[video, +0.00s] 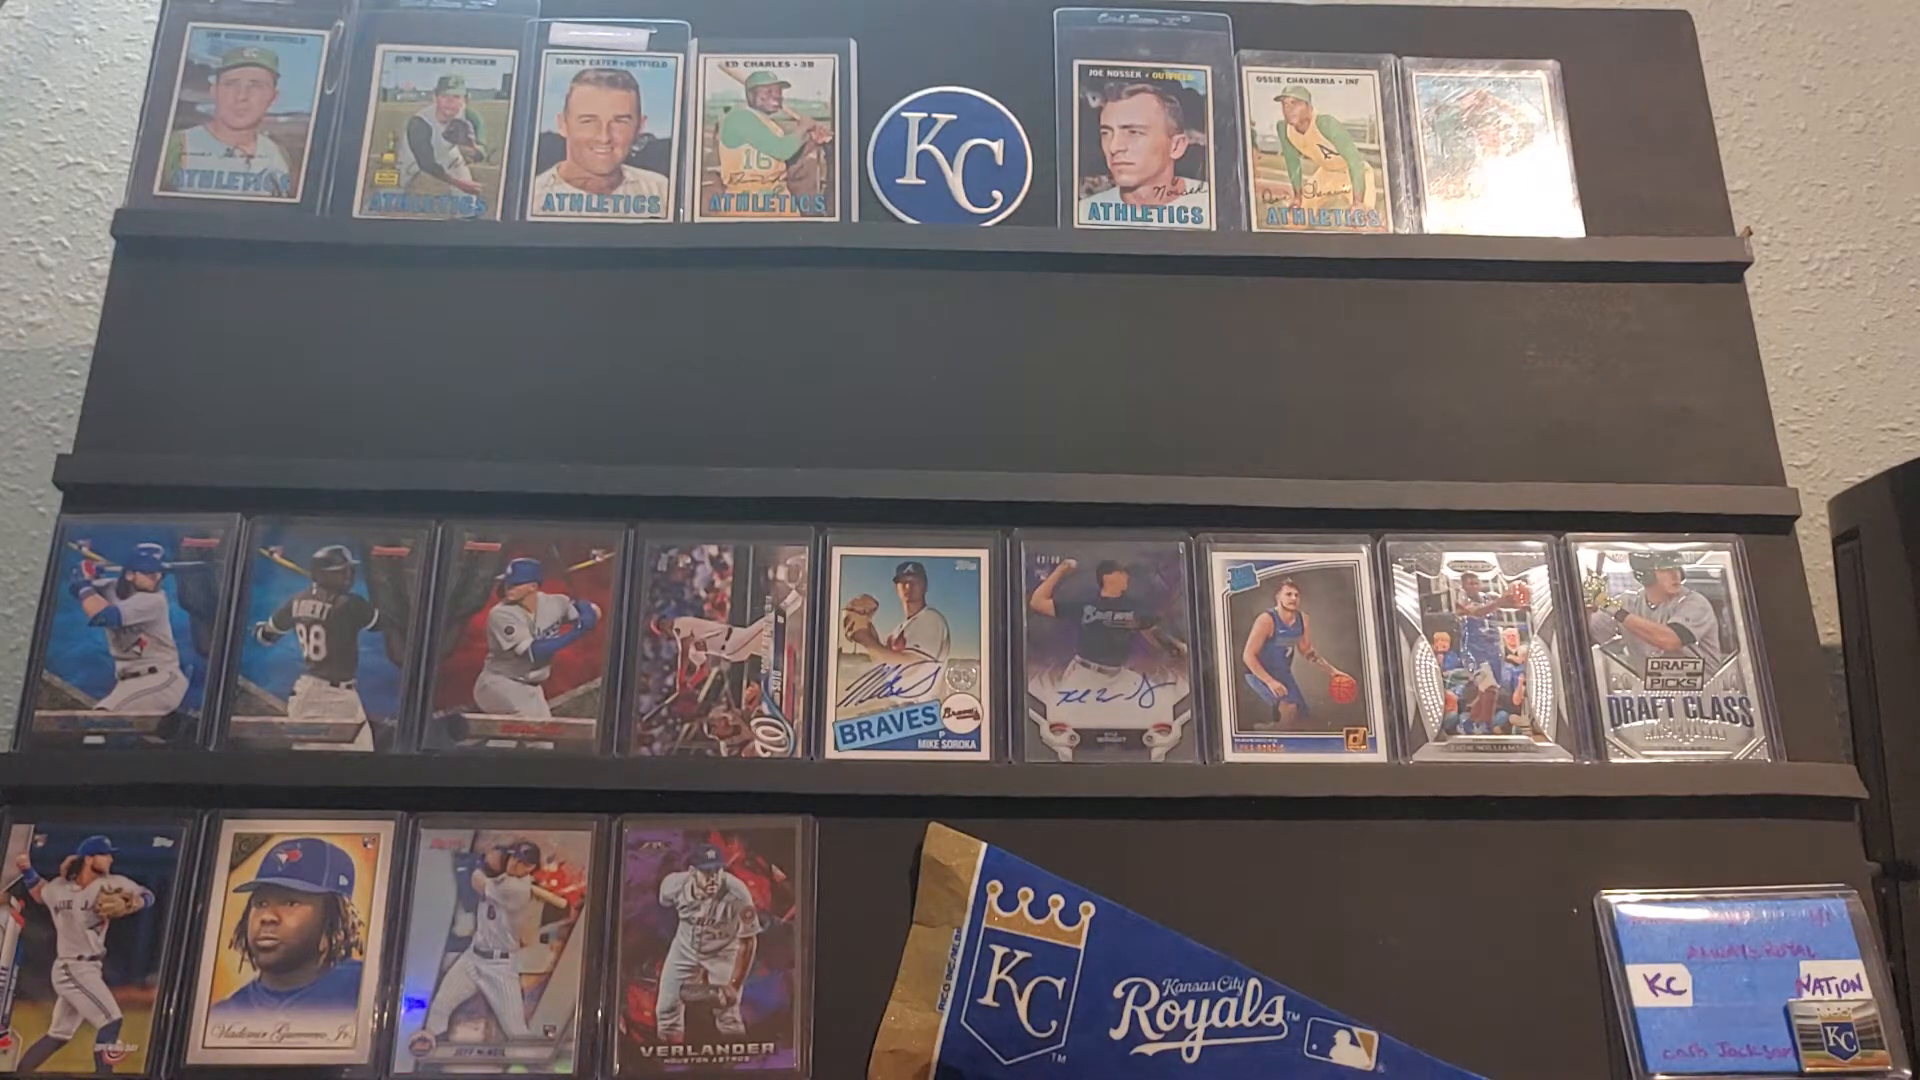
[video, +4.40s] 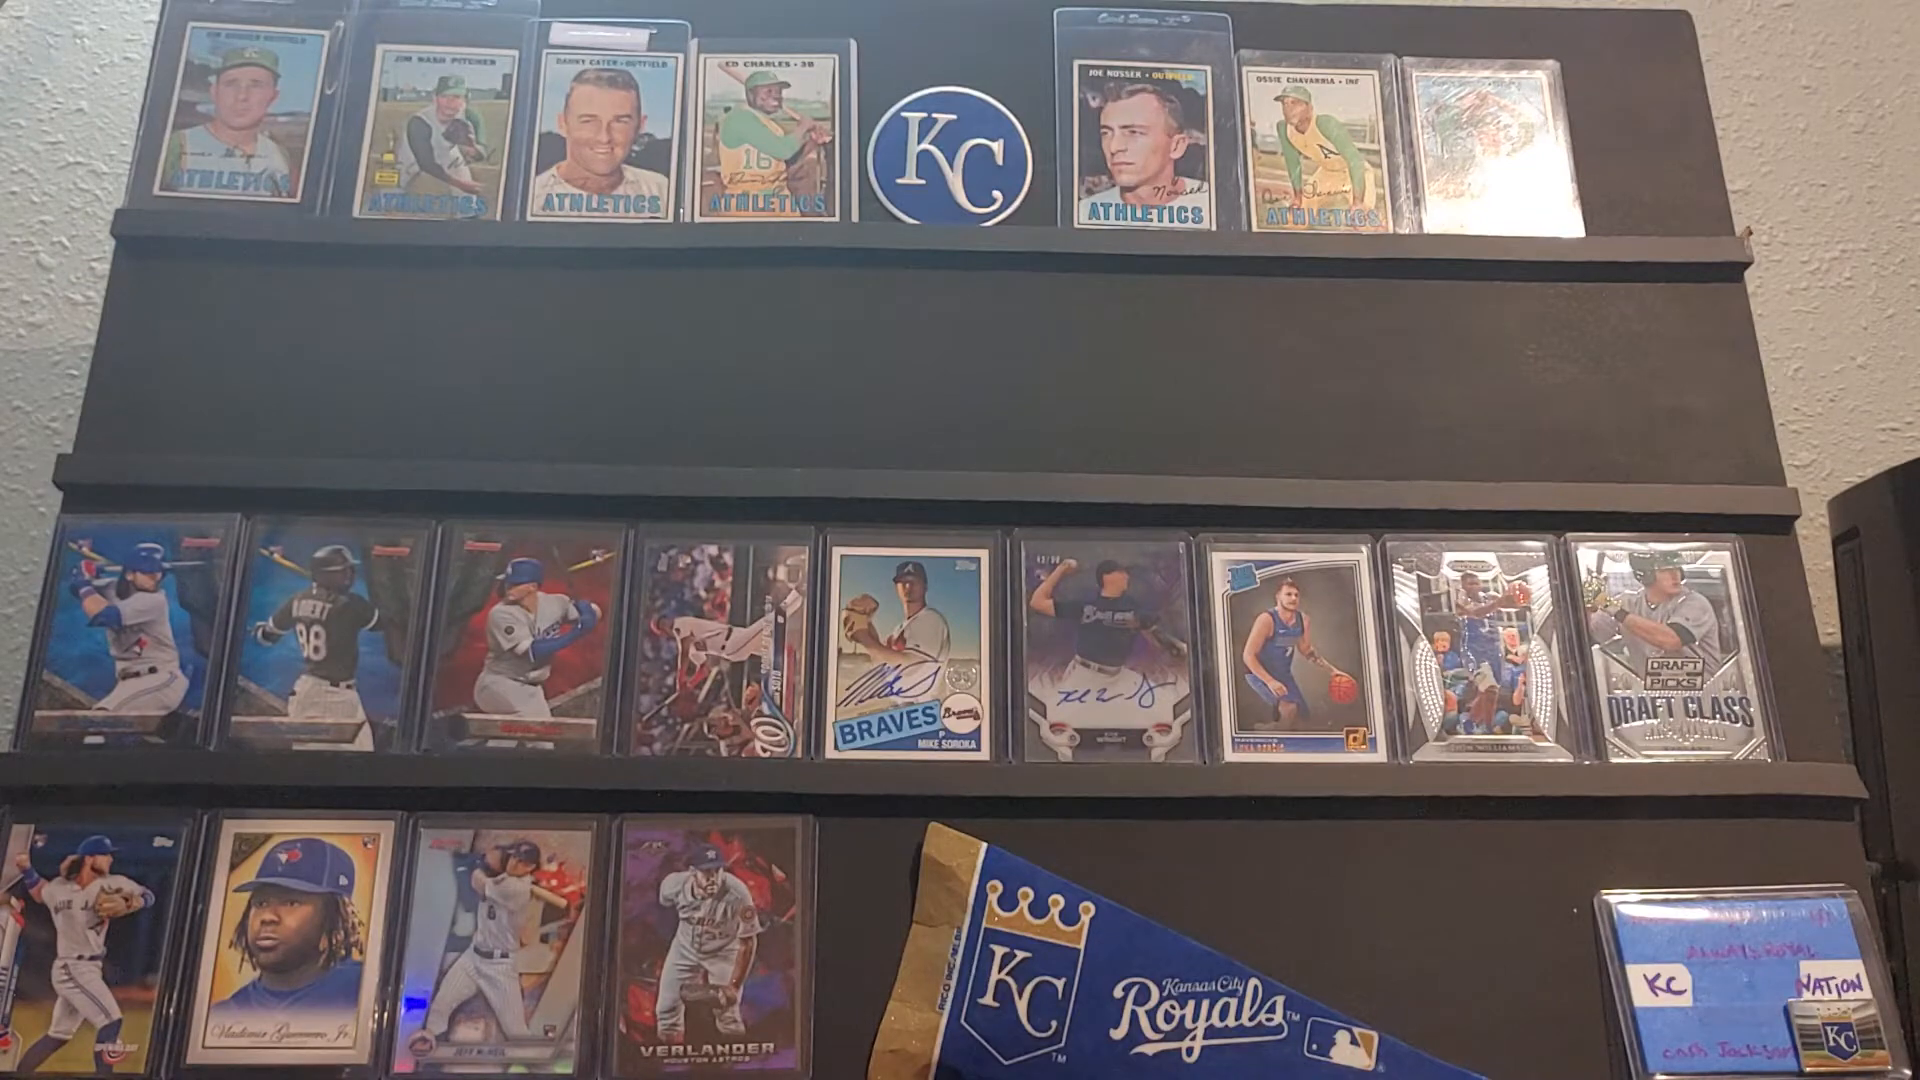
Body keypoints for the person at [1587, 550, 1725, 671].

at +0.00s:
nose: (1677, 576)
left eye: (1678, 569)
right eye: (1667, 569)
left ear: (1682, 571)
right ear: (1645, 573)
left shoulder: (1696, 604)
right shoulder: (1628, 603)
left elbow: (1671, 641)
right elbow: (1587, 636)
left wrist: (1620, 614)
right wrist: (1585, 610)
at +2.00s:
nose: (1675, 573)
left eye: (1676, 567)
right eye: (1665, 569)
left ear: (1682, 570)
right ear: (1644, 575)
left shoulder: (1696, 604)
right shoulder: (1628, 604)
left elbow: (1671, 641)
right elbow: (1586, 637)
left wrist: (1620, 614)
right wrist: (1585, 609)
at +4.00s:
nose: (1676, 575)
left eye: (1677, 568)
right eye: (1666, 570)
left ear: (1681, 571)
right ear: (1644, 575)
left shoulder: (1696, 604)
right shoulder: (1627, 604)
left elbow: (1671, 641)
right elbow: (1587, 637)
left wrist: (1619, 613)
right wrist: (1586, 609)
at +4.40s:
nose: (1676, 575)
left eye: (1677, 568)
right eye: (1666, 570)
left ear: (1682, 571)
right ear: (1645, 574)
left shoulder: (1696, 604)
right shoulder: (1628, 603)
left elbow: (1671, 641)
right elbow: (1589, 634)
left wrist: (1619, 614)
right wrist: (1584, 610)